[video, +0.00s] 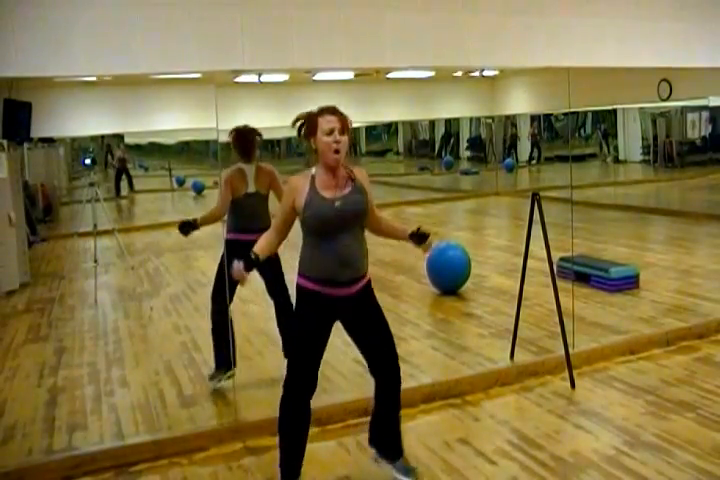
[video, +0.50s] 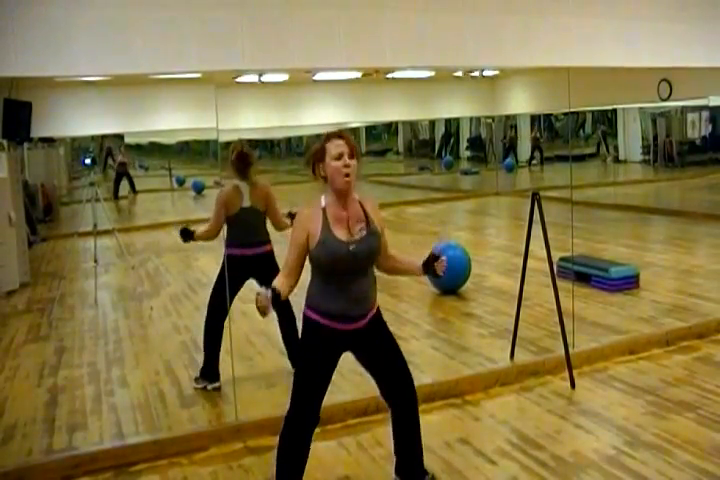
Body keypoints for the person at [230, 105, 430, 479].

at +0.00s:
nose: (337, 139)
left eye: (341, 132)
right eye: (329, 133)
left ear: (348, 138)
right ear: (313, 141)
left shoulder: (358, 177)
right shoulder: (299, 186)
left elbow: (373, 222)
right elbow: (277, 232)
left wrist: (411, 234)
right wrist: (251, 258)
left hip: (358, 293)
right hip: (315, 296)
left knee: (388, 370)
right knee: (299, 386)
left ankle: (386, 446)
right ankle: (289, 473)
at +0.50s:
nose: (347, 163)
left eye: (351, 156)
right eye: (338, 158)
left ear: (357, 163)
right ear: (321, 169)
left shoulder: (368, 209)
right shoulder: (308, 217)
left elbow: (384, 260)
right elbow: (289, 274)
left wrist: (423, 267)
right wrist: (273, 294)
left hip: (368, 325)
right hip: (322, 329)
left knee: (405, 398)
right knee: (302, 417)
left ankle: (411, 473)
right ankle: (287, 478)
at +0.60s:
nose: (351, 179)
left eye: (354, 172)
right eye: (341, 174)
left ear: (361, 179)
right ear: (325, 186)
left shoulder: (374, 225)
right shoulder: (313, 231)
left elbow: (395, 273)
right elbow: (290, 288)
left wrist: (433, 289)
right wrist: (277, 320)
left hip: (369, 335)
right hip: (322, 340)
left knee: (410, 400)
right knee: (300, 423)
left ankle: (411, 472)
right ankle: (286, 477)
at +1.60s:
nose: (368, 179)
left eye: (372, 172)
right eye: (358, 174)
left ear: (379, 180)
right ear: (340, 187)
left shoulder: (394, 228)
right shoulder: (328, 243)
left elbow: (414, 290)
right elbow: (304, 312)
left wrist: (445, 344)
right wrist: (285, 373)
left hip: (393, 353)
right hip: (340, 359)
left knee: (441, 427)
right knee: (312, 452)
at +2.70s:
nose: (403, 194)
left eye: (407, 187)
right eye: (391, 189)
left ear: (415, 196)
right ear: (372, 204)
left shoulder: (431, 249)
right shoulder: (360, 259)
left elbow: (453, 311)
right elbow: (330, 337)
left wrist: (482, 369)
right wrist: (304, 406)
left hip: (421, 377)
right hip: (365, 384)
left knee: (477, 447)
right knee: (337, 475)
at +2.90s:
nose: (407, 172)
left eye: (412, 163)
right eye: (395, 164)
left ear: (419, 170)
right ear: (374, 175)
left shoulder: (434, 218)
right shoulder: (362, 233)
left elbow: (466, 280)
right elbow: (326, 306)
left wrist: (515, 326)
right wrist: (294, 374)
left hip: (433, 367)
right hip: (377, 373)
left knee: (477, 449)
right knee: (347, 471)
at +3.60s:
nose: (429, 171)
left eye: (433, 162)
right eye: (417, 164)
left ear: (440, 170)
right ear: (394, 176)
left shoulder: (459, 230)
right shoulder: (380, 242)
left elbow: (476, 309)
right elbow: (356, 330)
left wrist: (504, 377)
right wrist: (337, 406)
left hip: (458, 386)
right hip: (396, 393)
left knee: (509, 473)